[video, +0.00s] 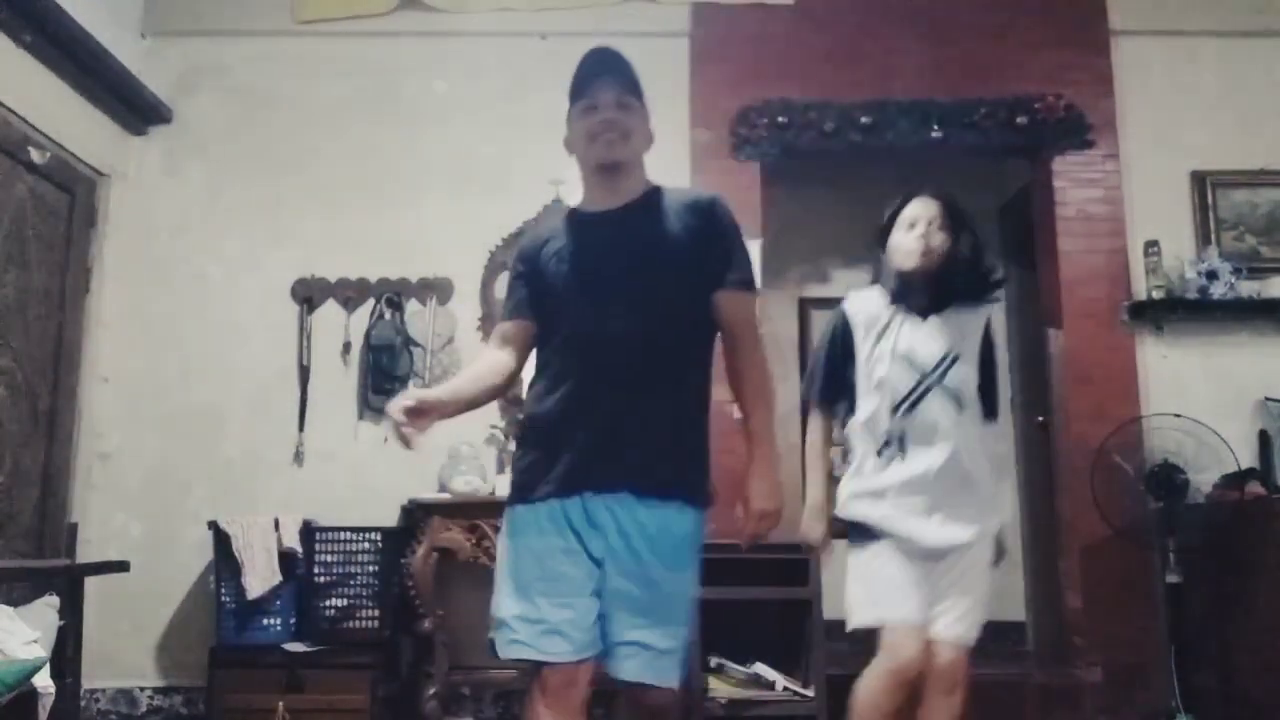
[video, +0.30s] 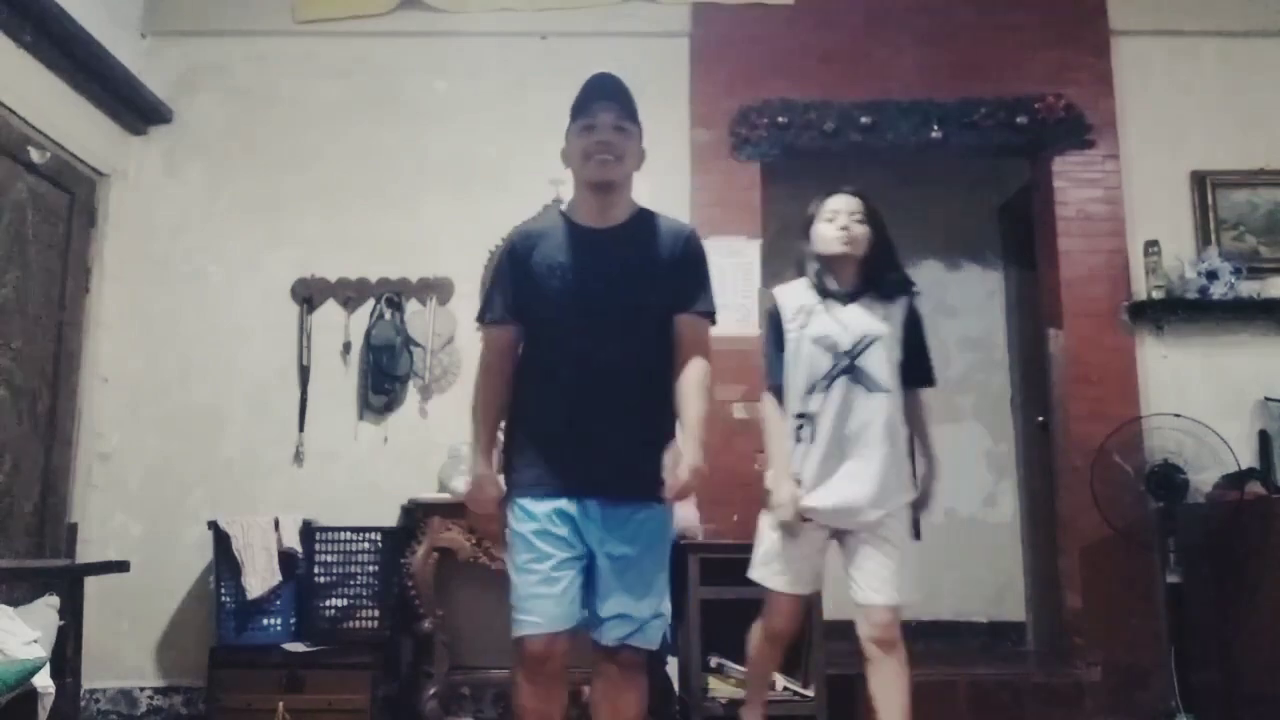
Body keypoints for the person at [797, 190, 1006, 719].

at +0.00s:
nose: (924, 234)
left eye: (937, 226)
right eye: (912, 225)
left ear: (956, 244)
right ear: (888, 241)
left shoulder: (983, 320)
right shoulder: (858, 315)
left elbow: (997, 429)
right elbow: (820, 409)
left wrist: (1001, 522)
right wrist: (816, 500)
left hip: (966, 520)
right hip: (884, 517)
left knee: (949, 665)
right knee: (902, 656)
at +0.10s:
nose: (898, 255)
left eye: (910, 248)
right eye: (884, 248)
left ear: (926, 267)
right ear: (863, 265)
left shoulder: (953, 337)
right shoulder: (835, 335)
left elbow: (966, 439)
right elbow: (815, 432)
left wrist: (979, 525)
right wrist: (810, 520)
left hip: (935, 541)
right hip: (859, 538)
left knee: (919, 677)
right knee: (861, 671)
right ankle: (811, 710)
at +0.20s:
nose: (871, 237)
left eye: (885, 230)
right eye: (858, 228)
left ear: (900, 249)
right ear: (837, 244)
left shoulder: (927, 317)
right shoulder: (813, 312)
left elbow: (941, 409)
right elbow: (797, 409)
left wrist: (961, 482)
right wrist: (801, 488)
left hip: (908, 513)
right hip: (830, 510)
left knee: (904, 653)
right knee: (811, 651)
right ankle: (785, 713)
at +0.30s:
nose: (845, 226)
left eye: (858, 219)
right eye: (831, 218)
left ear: (874, 238)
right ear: (810, 236)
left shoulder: (898, 305)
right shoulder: (784, 303)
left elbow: (912, 394)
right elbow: (773, 397)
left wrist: (928, 466)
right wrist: (779, 477)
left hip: (876, 492)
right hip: (801, 492)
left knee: (883, 632)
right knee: (780, 623)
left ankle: (895, 719)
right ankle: (754, 708)